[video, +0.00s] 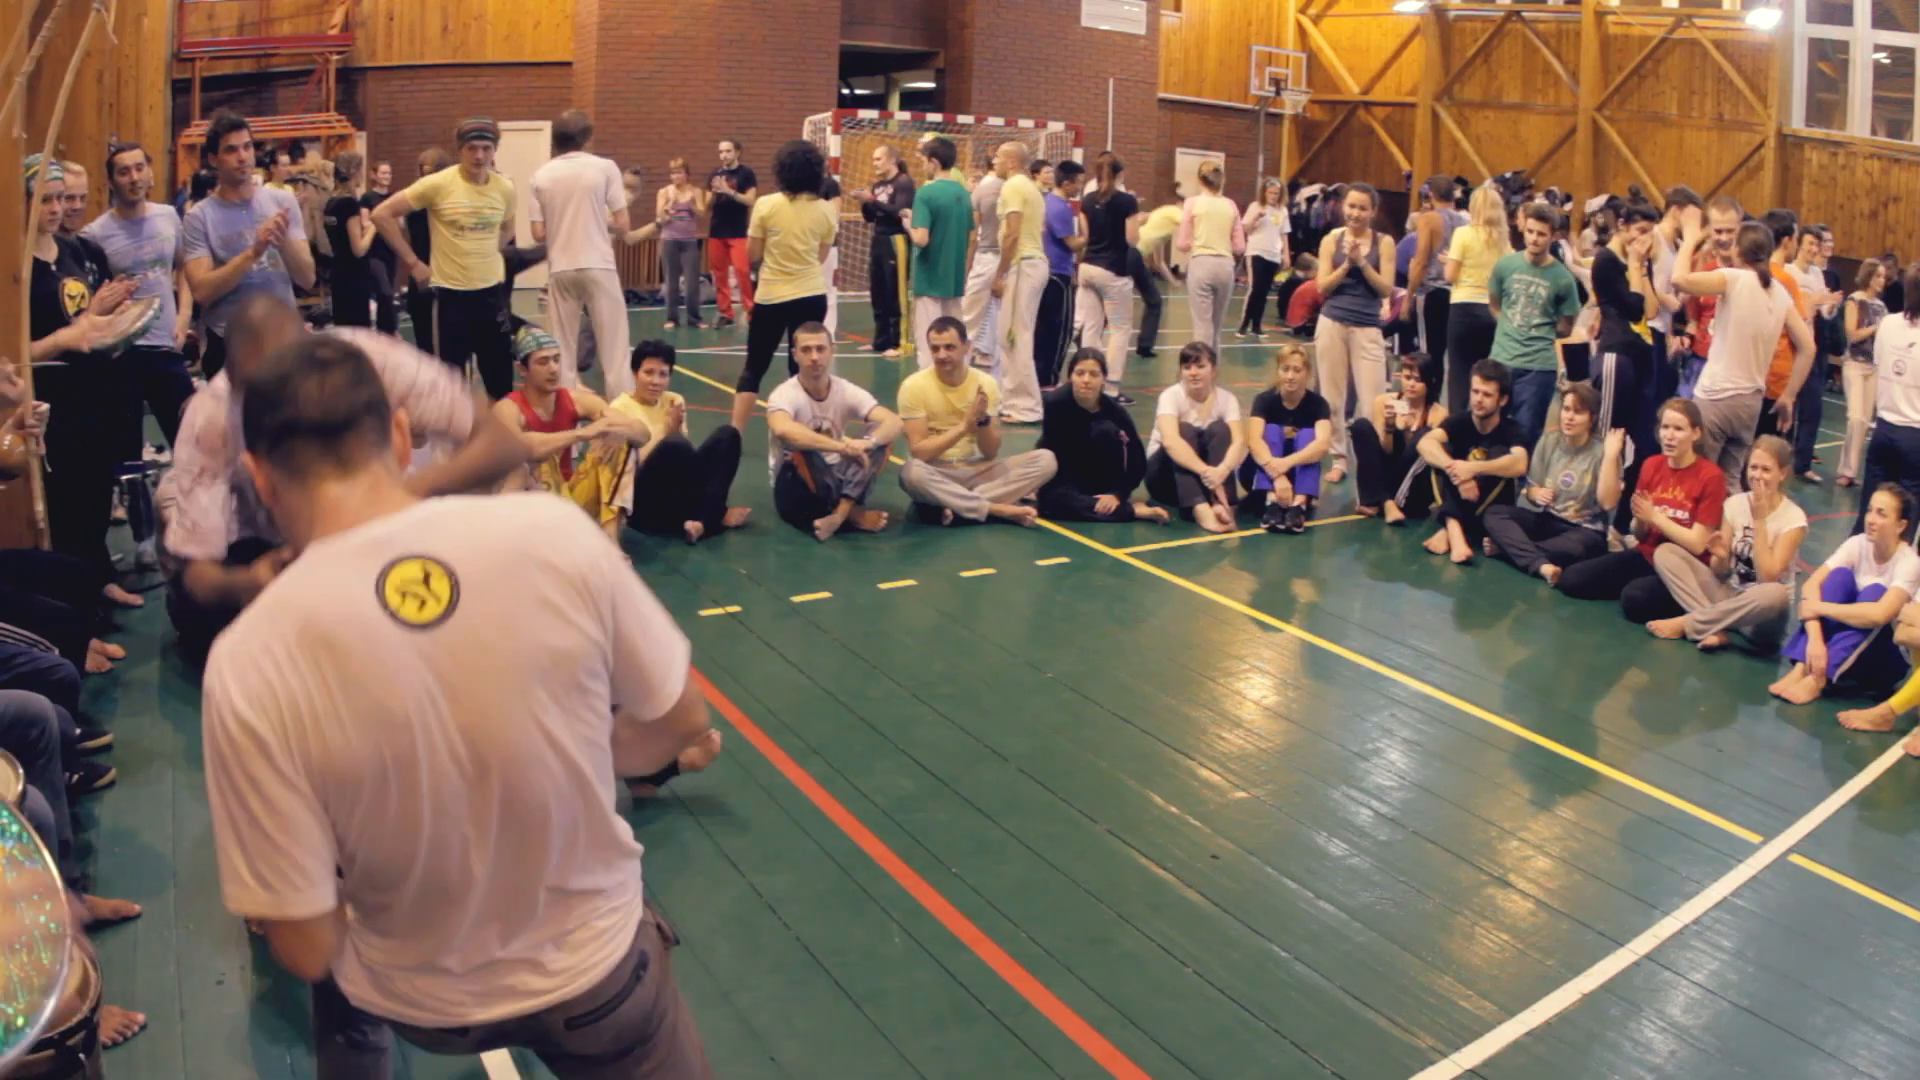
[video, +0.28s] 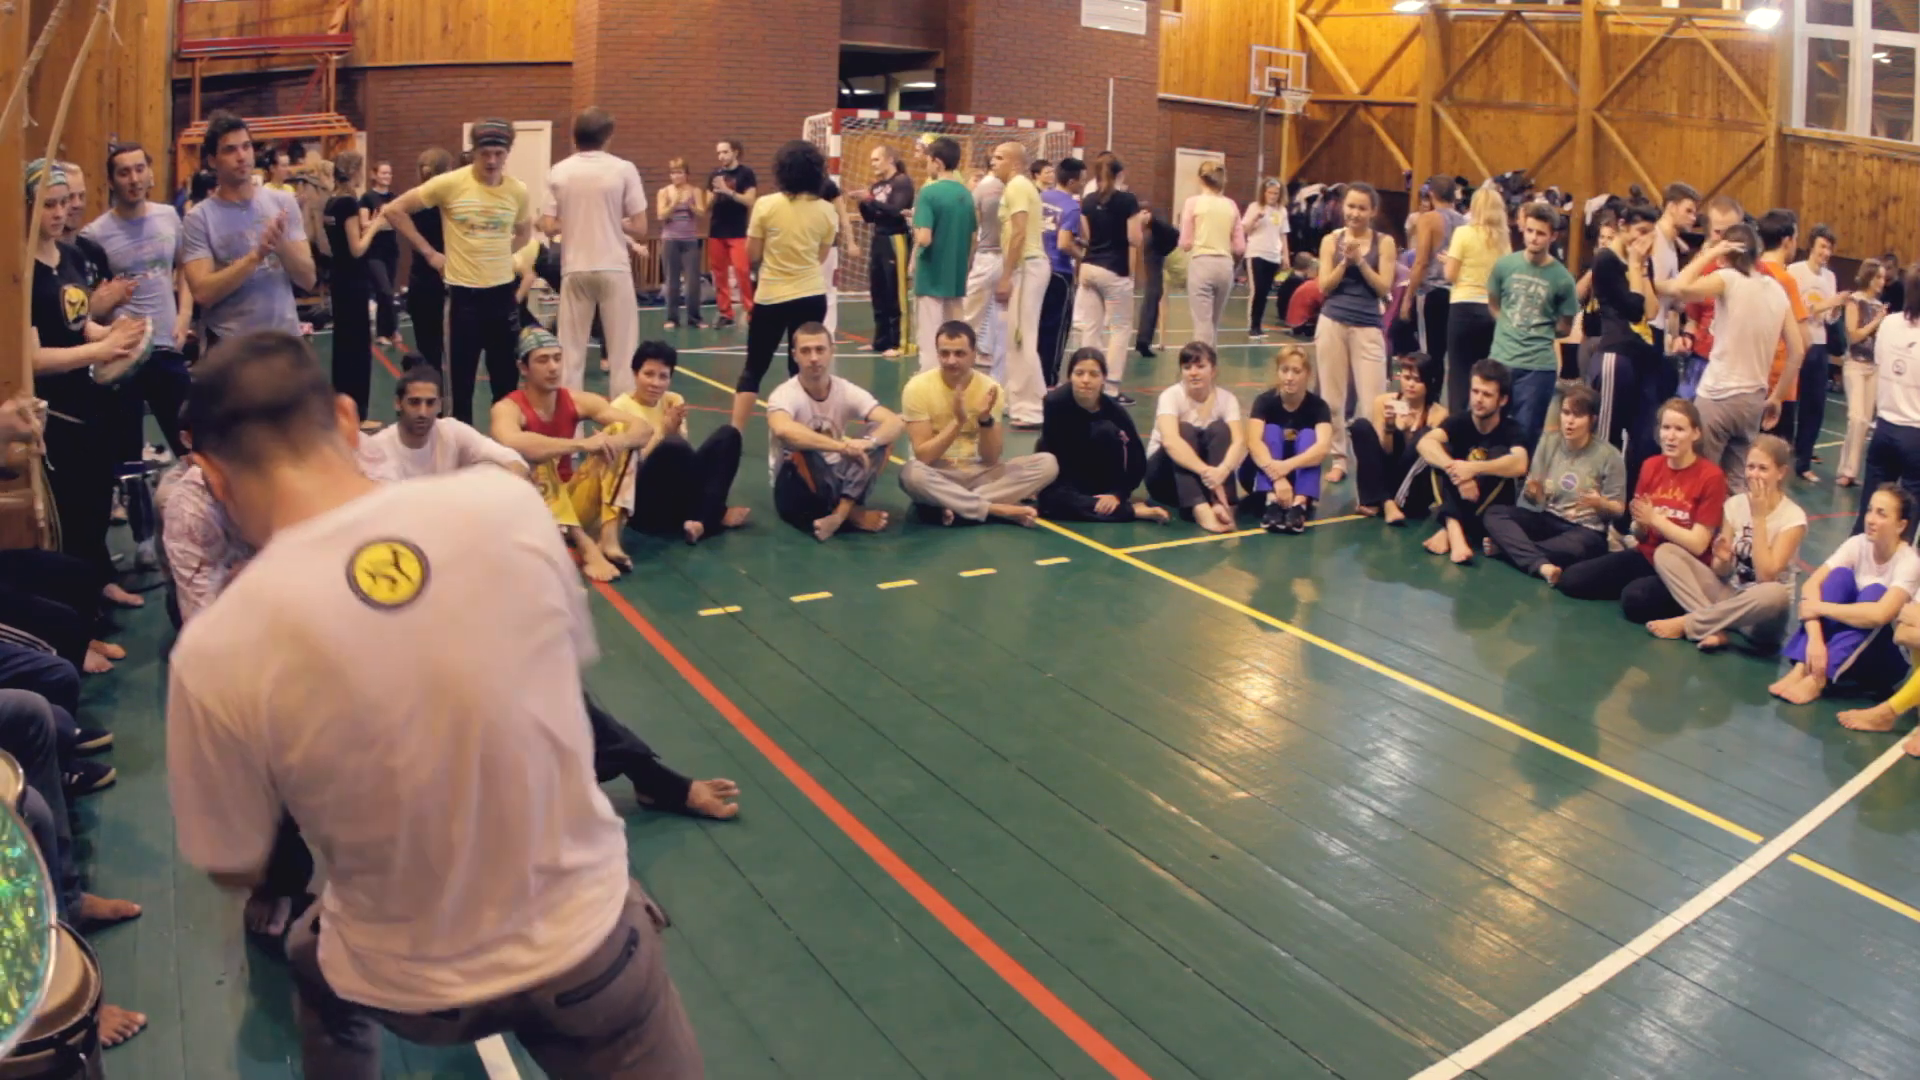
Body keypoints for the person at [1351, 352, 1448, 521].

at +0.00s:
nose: (1411, 384)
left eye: (1418, 380)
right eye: (1407, 378)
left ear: (1430, 383)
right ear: (1400, 378)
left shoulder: (1438, 414)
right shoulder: (1383, 402)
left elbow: (1420, 454)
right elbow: (1387, 452)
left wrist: (1408, 433)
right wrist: (1389, 426)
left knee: (1425, 437)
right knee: (1360, 426)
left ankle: (1375, 501)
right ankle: (1387, 501)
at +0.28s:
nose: (1410, 385)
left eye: (1418, 380)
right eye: (1406, 378)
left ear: (1430, 383)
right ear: (1399, 378)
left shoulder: (1439, 414)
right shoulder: (1383, 402)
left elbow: (1420, 454)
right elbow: (1387, 452)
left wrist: (1408, 433)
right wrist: (1389, 427)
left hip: (1416, 493)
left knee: (1425, 438)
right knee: (1360, 426)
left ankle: (1374, 501)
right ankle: (1387, 501)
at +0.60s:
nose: (1411, 385)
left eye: (1418, 380)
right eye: (1407, 378)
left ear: (1430, 383)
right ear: (1399, 378)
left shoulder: (1438, 414)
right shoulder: (1383, 402)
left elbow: (1420, 455)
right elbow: (1386, 452)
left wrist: (1408, 433)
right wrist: (1389, 426)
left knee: (1425, 439)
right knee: (1360, 426)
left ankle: (1374, 501)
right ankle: (1387, 501)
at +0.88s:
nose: (1411, 385)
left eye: (1418, 380)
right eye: (1407, 378)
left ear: (1430, 383)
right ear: (1400, 378)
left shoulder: (1438, 414)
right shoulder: (1383, 402)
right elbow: (1386, 451)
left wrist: (1408, 433)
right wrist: (1389, 426)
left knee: (1426, 437)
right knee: (1359, 426)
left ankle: (1374, 500)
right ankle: (1387, 501)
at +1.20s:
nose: (1411, 385)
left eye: (1419, 380)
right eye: (1407, 378)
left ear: (1430, 383)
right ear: (1400, 378)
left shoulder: (1438, 414)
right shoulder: (1383, 402)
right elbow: (1386, 451)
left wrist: (1409, 433)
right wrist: (1389, 426)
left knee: (1424, 440)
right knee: (1359, 426)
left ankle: (1373, 501)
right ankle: (1387, 501)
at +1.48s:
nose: (1412, 385)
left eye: (1419, 380)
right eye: (1408, 378)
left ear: (1430, 384)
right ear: (1401, 379)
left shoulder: (1438, 415)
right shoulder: (1383, 402)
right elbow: (1386, 452)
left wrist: (1409, 433)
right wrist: (1389, 427)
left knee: (1422, 442)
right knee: (1359, 426)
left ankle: (1373, 501)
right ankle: (1387, 501)